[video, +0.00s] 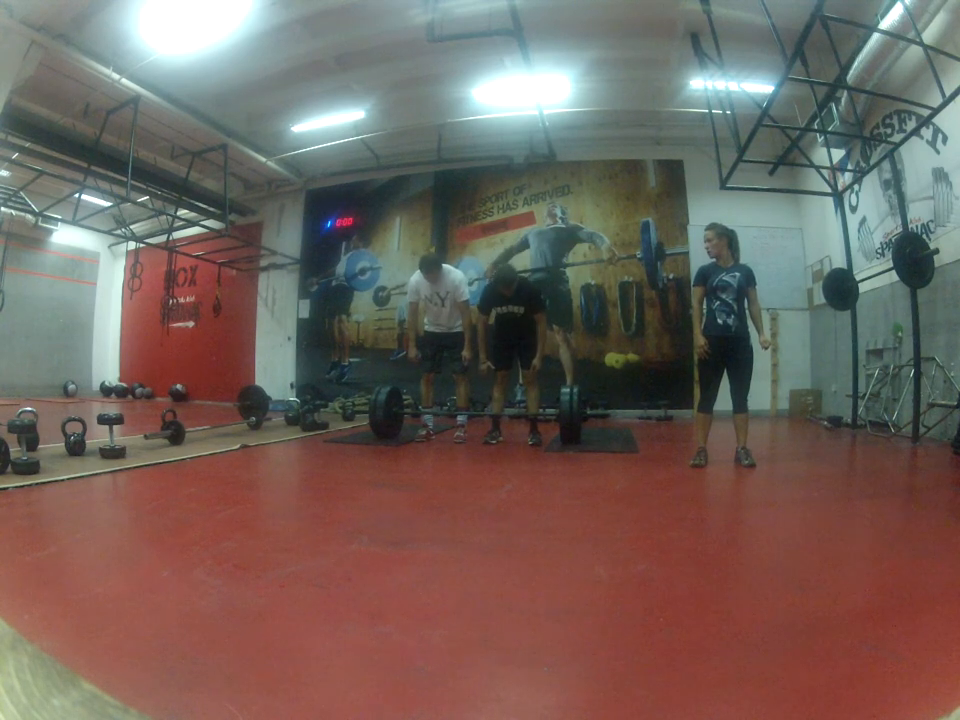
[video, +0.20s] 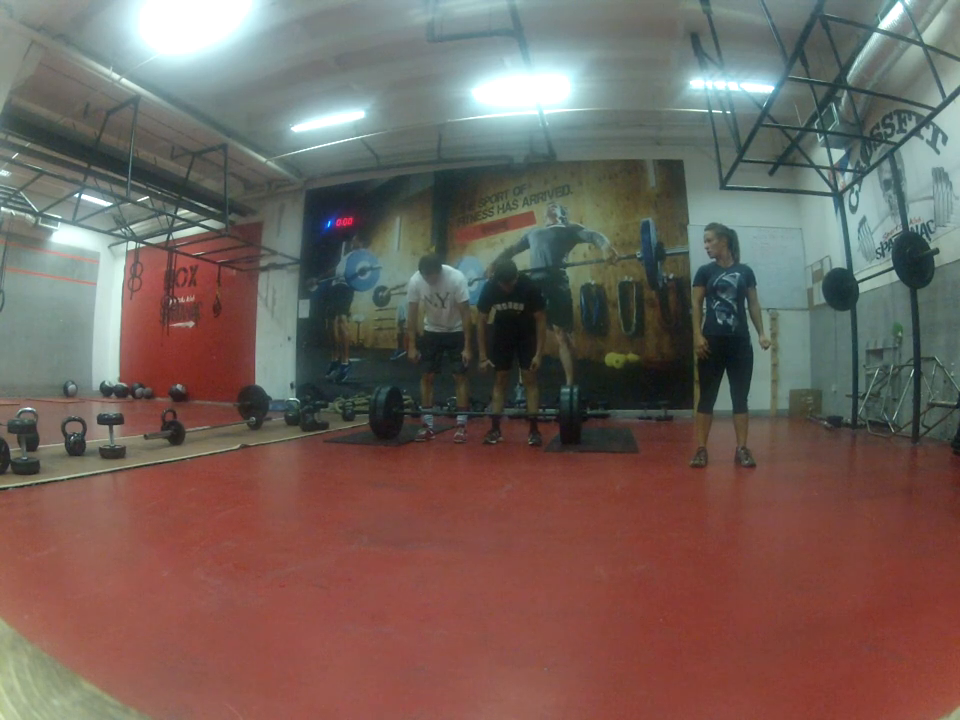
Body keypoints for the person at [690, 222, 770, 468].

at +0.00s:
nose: (707, 245)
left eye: (710, 240)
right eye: (705, 241)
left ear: (726, 241)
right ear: (709, 245)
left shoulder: (745, 271)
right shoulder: (704, 272)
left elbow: (753, 304)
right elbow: (697, 306)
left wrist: (761, 333)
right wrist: (697, 335)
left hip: (739, 342)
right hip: (711, 342)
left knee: (740, 399)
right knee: (706, 398)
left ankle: (742, 449)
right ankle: (701, 449)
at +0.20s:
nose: (706, 245)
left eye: (710, 241)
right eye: (705, 241)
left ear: (725, 241)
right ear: (709, 244)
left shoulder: (745, 271)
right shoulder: (704, 272)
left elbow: (753, 304)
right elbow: (697, 306)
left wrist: (761, 333)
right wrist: (697, 335)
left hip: (739, 342)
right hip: (711, 342)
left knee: (740, 399)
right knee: (706, 399)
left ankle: (742, 449)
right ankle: (701, 449)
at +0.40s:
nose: (706, 245)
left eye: (710, 241)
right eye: (705, 241)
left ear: (725, 241)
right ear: (709, 244)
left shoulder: (745, 271)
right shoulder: (704, 271)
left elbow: (753, 304)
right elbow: (697, 306)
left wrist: (761, 333)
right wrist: (697, 335)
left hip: (739, 342)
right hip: (711, 341)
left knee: (740, 398)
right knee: (706, 398)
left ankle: (742, 449)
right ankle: (701, 449)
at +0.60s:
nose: (706, 245)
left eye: (710, 241)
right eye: (705, 241)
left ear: (725, 241)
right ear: (709, 245)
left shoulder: (745, 271)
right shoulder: (704, 271)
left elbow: (754, 304)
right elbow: (697, 306)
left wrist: (761, 333)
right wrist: (697, 335)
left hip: (739, 343)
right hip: (711, 342)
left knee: (740, 399)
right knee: (706, 399)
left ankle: (742, 449)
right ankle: (701, 450)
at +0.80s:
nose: (706, 245)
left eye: (710, 241)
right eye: (705, 242)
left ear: (725, 241)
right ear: (709, 244)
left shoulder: (745, 271)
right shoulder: (704, 272)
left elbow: (754, 304)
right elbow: (697, 306)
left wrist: (761, 333)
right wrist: (697, 335)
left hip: (739, 342)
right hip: (711, 342)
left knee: (740, 399)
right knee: (706, 399)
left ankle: (742, 449)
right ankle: (701, 449)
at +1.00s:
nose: (706, 246)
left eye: (710, 241)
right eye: (705, 242)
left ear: (726, 241)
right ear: (709, 245)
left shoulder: (745, 271)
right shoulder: (704, 272)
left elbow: (754, 304)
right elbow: (697, 305)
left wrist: (761, 333)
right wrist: (697, 335)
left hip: (739, 343)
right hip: (711, 342)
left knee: (740, 399)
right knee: (706, 399)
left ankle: (742, 449)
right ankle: (701, 450)